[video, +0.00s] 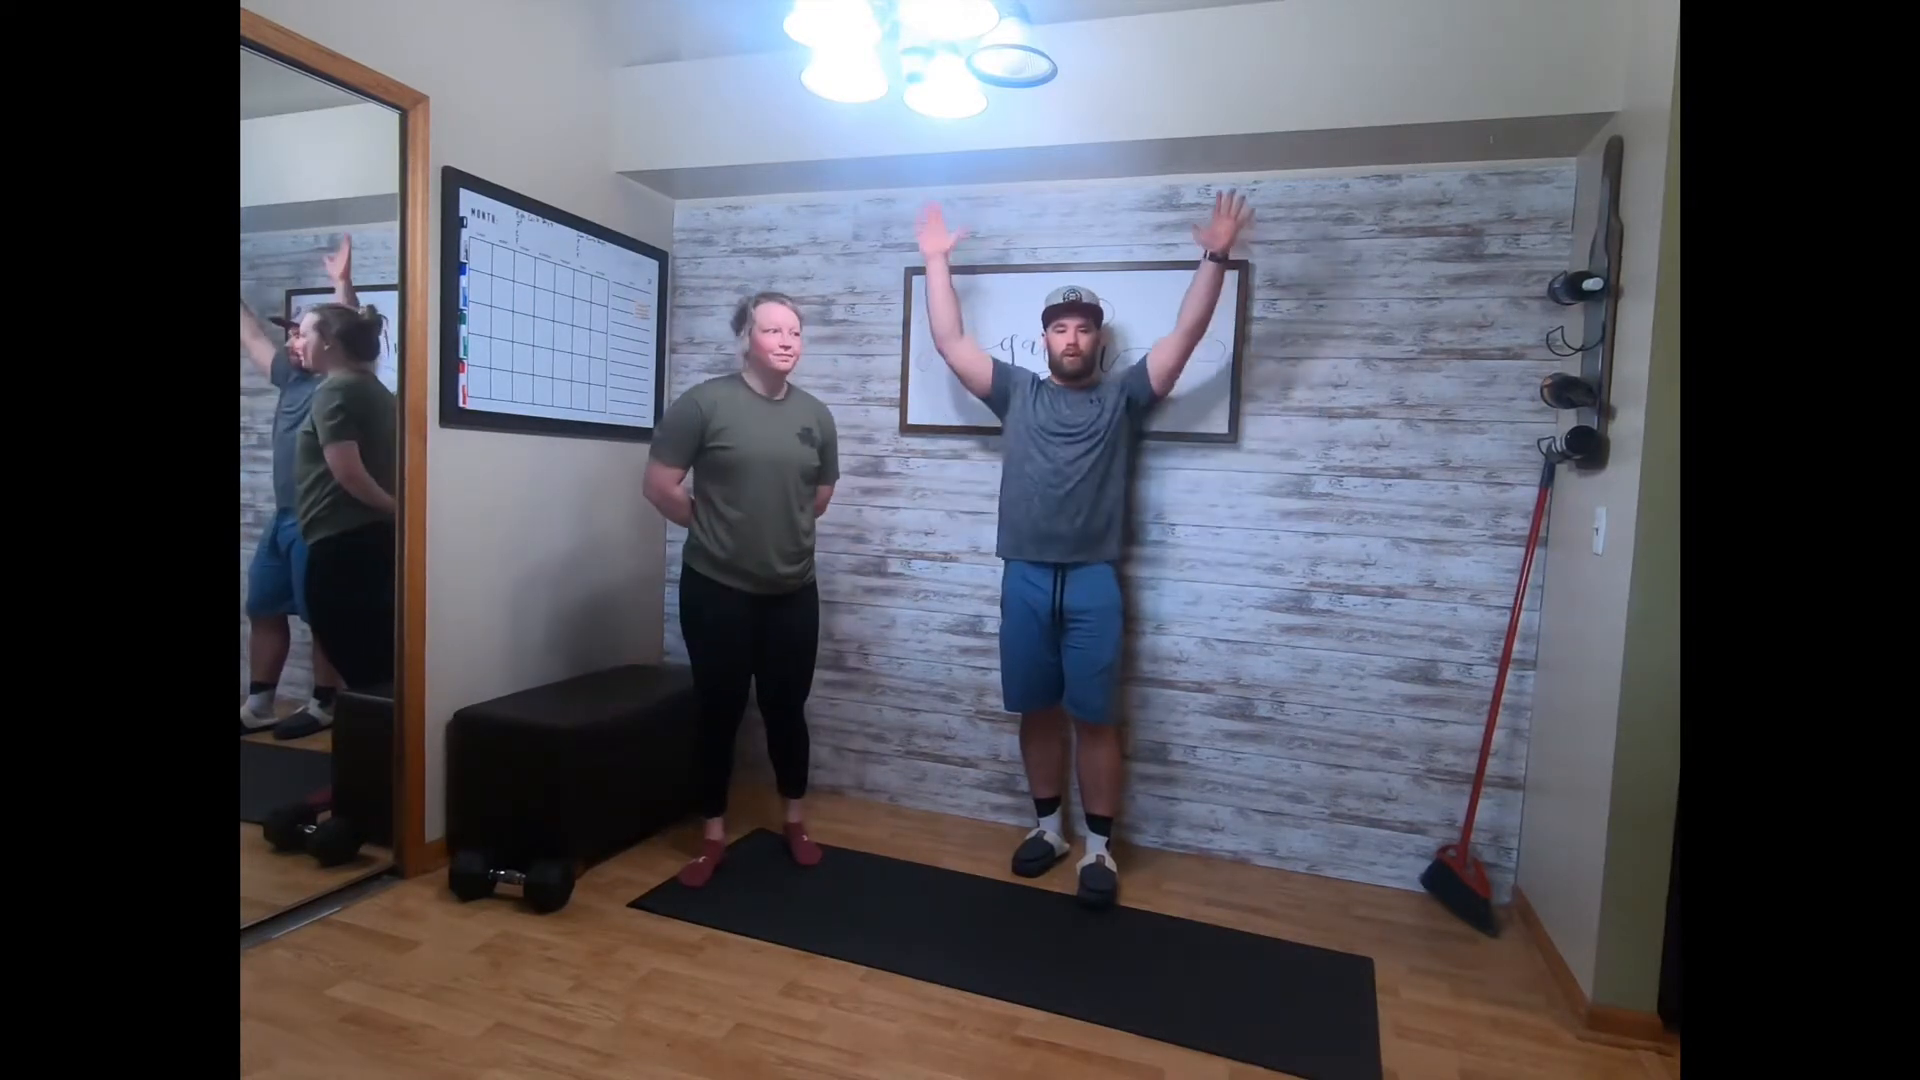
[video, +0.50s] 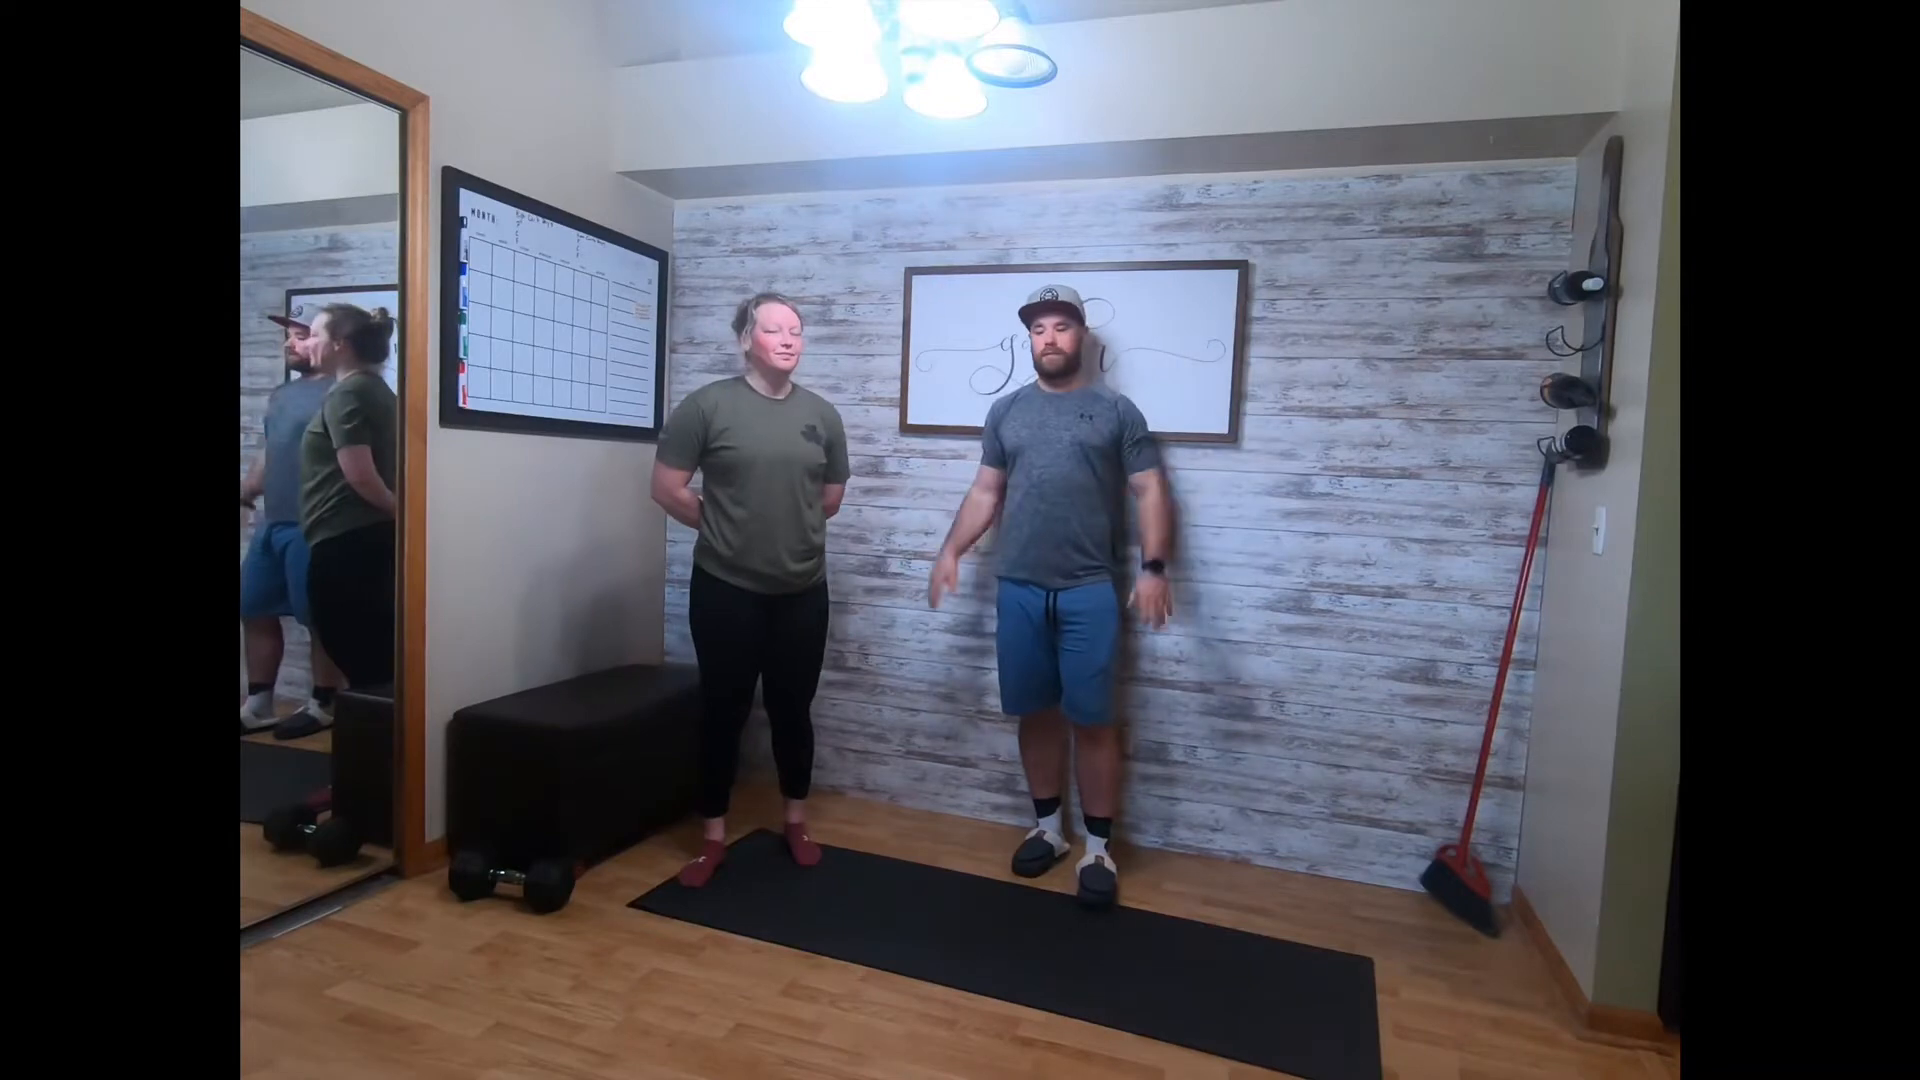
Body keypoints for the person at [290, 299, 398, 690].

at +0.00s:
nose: (297, 343)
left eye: (305, 334)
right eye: (299, 334)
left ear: (328, 340)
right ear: (350, 342)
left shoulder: (333, 391)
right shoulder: (381, 393)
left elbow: (349, 473)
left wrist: (400, 508)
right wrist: (405, 508)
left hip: (340, 543)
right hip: (378, 539)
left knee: (352, 655)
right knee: (376, 650)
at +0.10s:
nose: (298, 343)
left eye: (304, 333)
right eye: (299, 333)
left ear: (327, 340)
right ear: (354, 341)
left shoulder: (330, 392)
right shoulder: (384, 395)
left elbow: (345, 474)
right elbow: (401, 463)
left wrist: (399, 508)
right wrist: (404, 509)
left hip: (337, 544)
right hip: (380, 541)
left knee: (352, 659)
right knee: (378, 653)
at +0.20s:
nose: (299, 343)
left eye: (305, 334)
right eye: (301, 334)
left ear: (328, 341)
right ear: (353, 342)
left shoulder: (329, 393)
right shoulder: (385, 396)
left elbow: (344, 474)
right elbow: (401, 464)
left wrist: (399, 509)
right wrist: (404, 509)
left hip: (336, 545)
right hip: (380, 542)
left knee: (352, 660)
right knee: (379, 654)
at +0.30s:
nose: (301, 343)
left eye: (307, 334)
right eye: (303, 334)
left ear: (330, 341)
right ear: (352, 342)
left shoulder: (332, 394)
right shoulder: (384, 395)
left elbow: (345, 473)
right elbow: (400, 463)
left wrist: (400, 509)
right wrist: (404, 509)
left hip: (338, 542)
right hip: (379, 538)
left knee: (350, 655)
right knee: (377, 649)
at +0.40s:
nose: (305, 342)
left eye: (310, 334)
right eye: (306, 334)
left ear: (333, 341)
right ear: (348, 342)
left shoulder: (338, 394)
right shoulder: (383, 393)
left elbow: (351, 474)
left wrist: (401, 510)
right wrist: (405, 510)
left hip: (342, 541)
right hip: (378, 536)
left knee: (351, 653)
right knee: (376, 648)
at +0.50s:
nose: (308, 344)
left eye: (314, 335)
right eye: (310, 335)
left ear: (340, 343)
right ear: (349, 344)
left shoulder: (346, 395)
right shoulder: (379, 391)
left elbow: (361, 476)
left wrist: (404, 511)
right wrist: (406, 511)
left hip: (345, 542)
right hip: (372, 537)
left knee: (358, 659)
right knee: (374, 653)